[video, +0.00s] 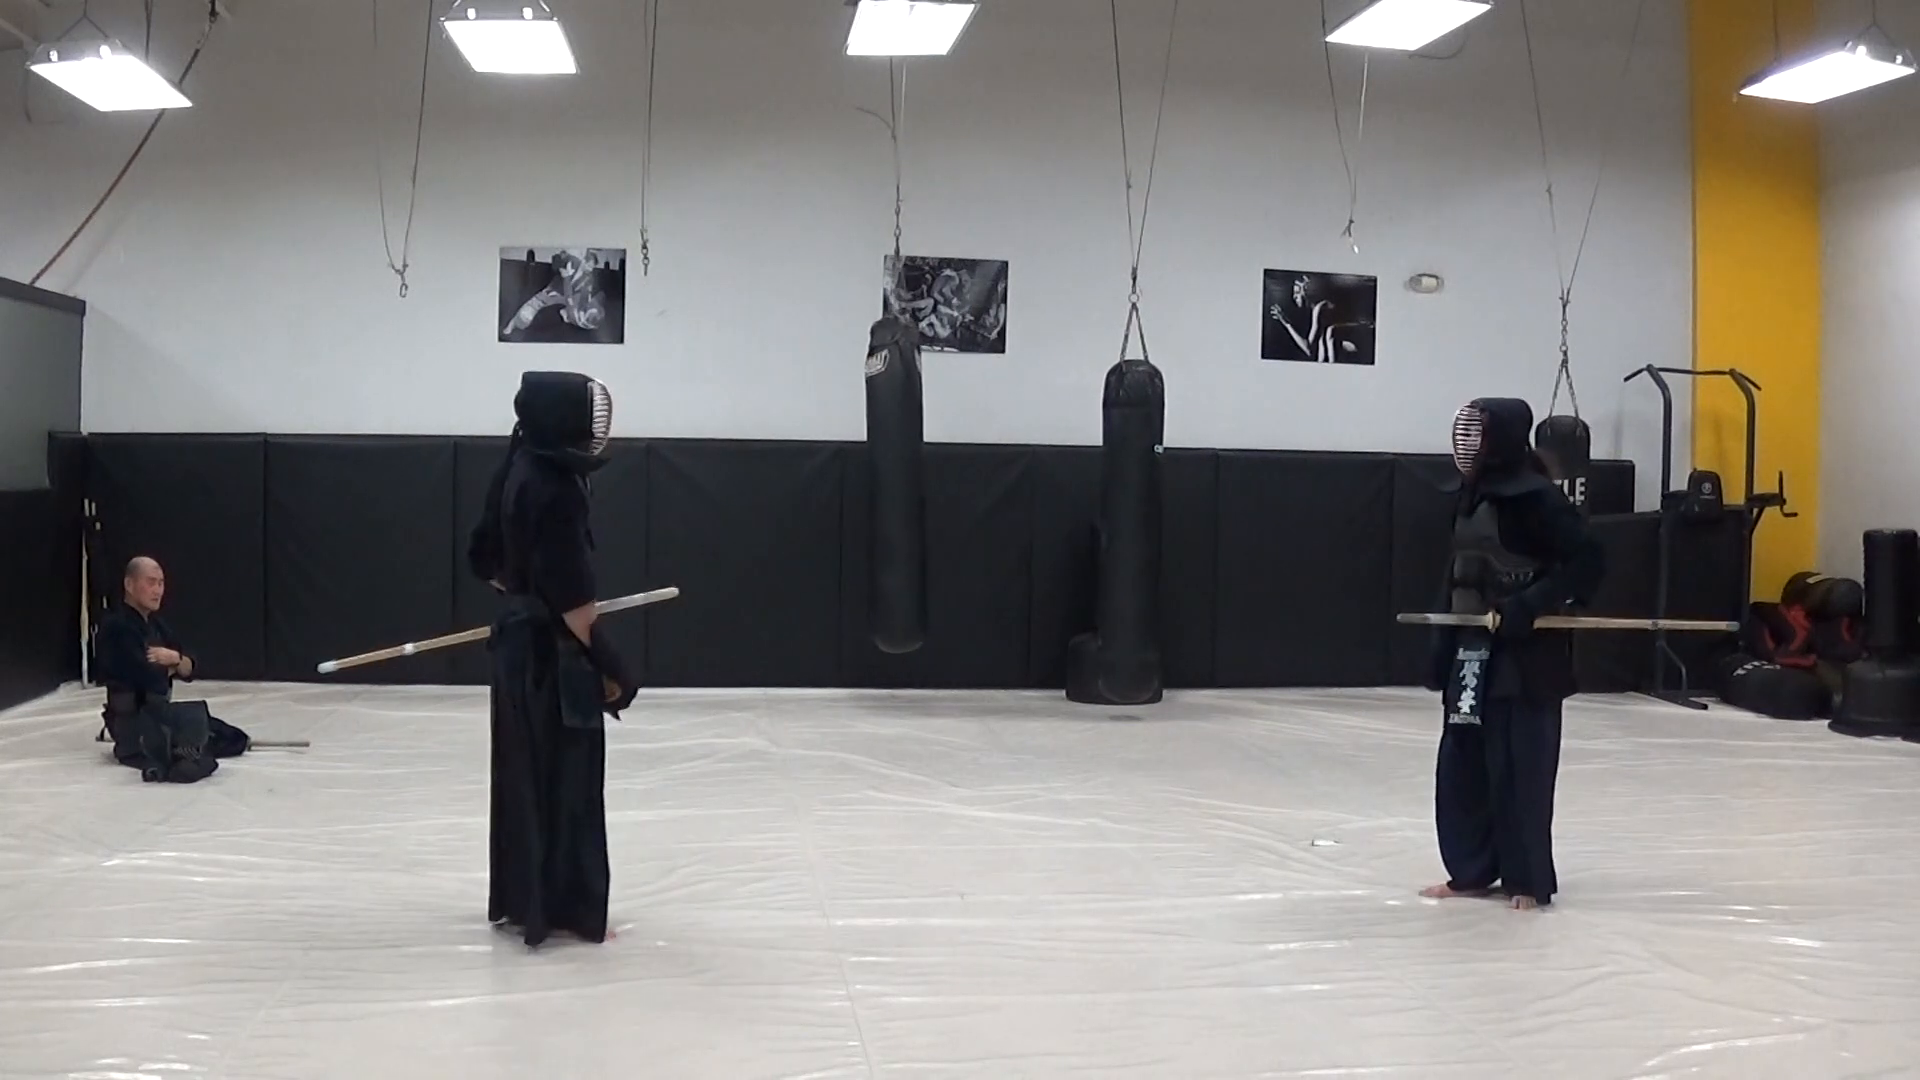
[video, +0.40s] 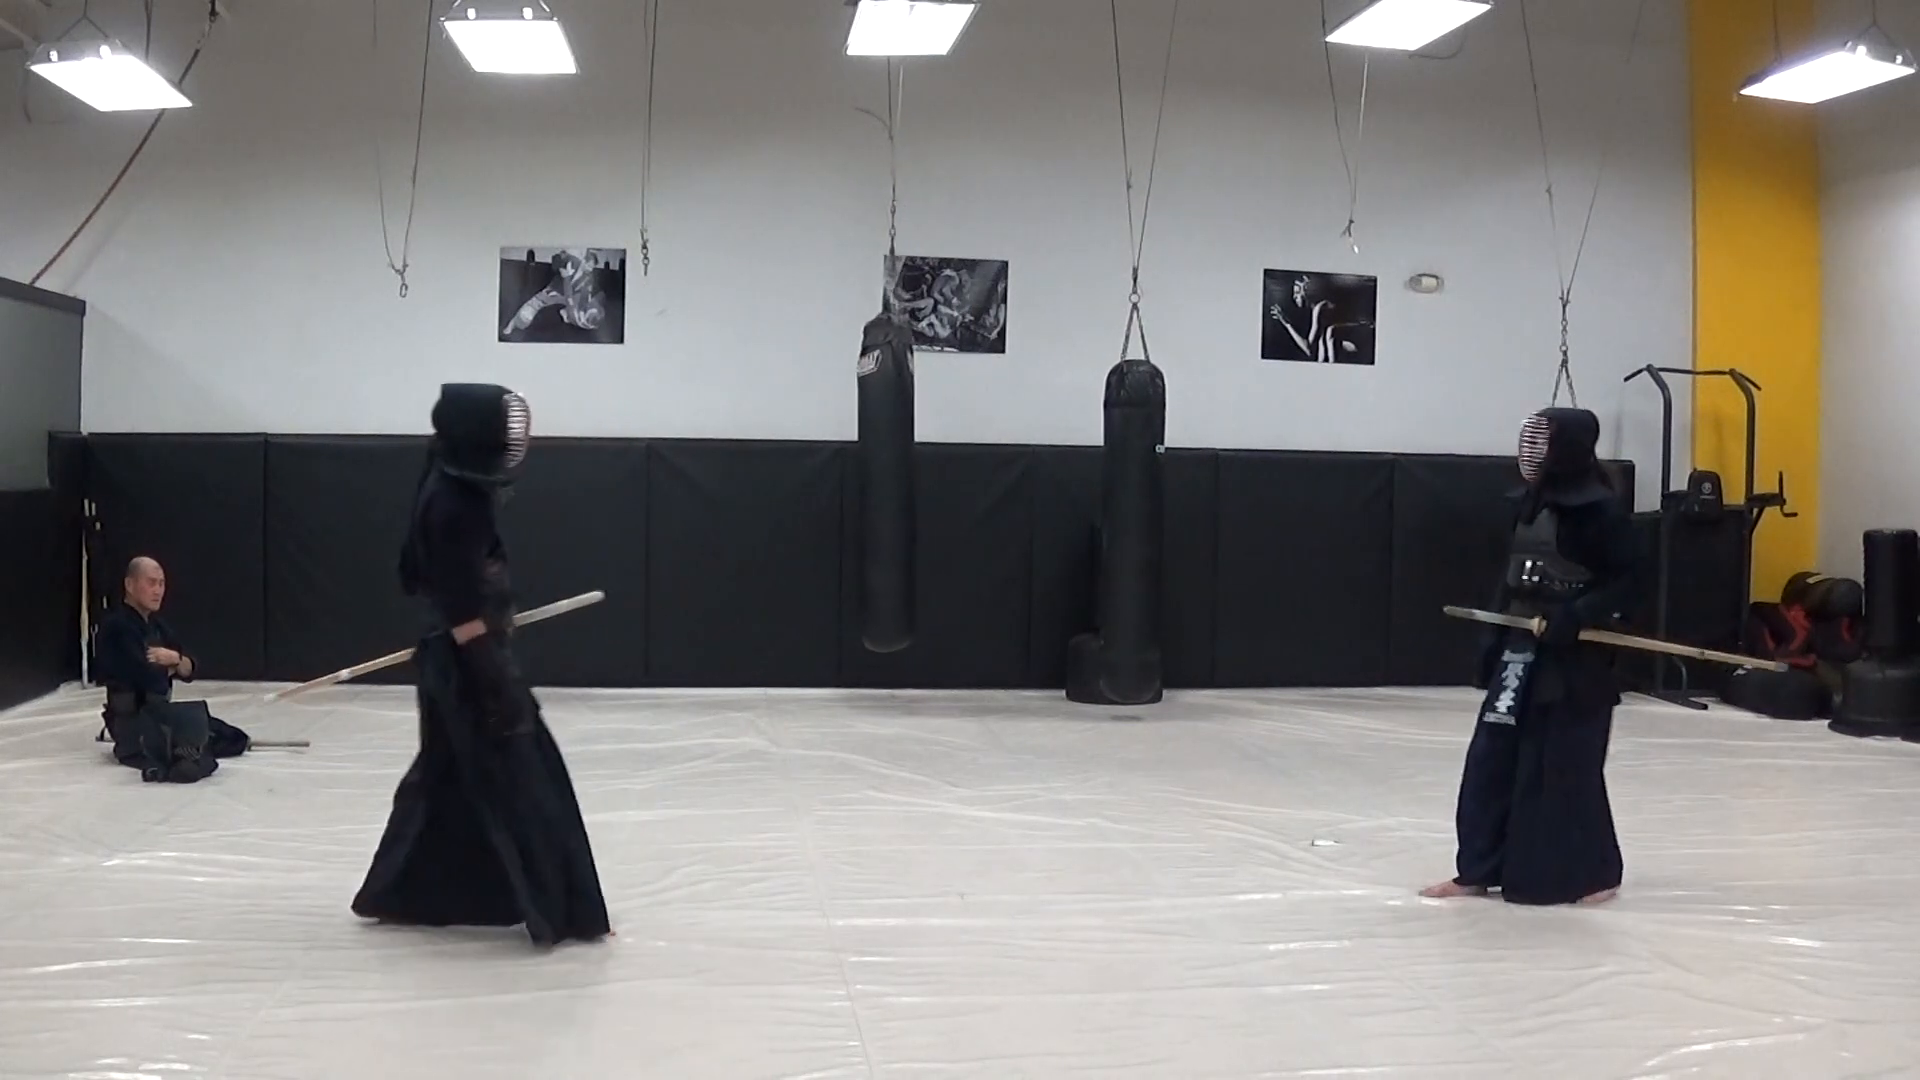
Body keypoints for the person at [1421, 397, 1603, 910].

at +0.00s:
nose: (1464, 449)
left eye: (1473, 439)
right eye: (1461, 438)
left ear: (1500, 441)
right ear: (1462, 440)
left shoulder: (1535, 497)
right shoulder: (1469, 499)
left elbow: (1586, 560)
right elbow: (1459, 580)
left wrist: (1527, 604)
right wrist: (1445, 652)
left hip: (1526, 655)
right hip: (1472, 654)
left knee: (1522, 768)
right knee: (1464, 764)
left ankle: (1528, 881)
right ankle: (1474, 872)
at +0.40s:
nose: (1527, 455)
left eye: (1538, 446)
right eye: (1527, 445)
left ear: (1566, 451)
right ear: (1529, 448)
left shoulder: (1599, 510)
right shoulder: (1528, 506)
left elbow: (1628, 583)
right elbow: (1510, 581)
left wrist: (1572, 614)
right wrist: (1492, 643)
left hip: (1575, 661)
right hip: (1518, 654)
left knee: (1571, 765)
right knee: (1488, 760)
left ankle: (1597, 875)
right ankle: (1479, 872)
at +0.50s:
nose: (1550, 455)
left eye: (1561, 447)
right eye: (1549, 445)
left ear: (1588, 452)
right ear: (1550, 448)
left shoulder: (1622, 512)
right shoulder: (1553, 507)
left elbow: (1656, 582)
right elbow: (1541, 582)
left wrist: (1598, 614)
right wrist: (1524, 645)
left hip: (1604, 663)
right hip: (1546, 657)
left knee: (1595, 766)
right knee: (1508, 756)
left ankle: (1604, 878)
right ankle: (1482, 867)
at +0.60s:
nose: (1569, 456)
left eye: (1579, 446)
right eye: (1566, 445)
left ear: (1605, 450)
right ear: (1563, 448)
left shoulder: (1639, 509)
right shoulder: (1566, 505)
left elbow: (1674, 579)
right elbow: (1563, 576)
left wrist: (1616, 612)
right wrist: (1549, 631)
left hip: (1618, 656)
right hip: (1561, 648)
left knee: (1608, 763)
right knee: (1530, 752)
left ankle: (1606, 876)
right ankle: (1508, 864)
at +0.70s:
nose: (1583, 453)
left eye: (1593, 444)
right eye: (1583, 443)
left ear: (1620, 449)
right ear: (1587, 444)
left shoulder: (1655, 509)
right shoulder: (1586, 502)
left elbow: (1684, 582)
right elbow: (1575, 575)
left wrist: (1632, 611)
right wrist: (1559, 639)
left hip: (1630, 654)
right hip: (1576, 648)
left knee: (1616, 758)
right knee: (1551, 744)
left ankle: (1610, 874)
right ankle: (1554, 862)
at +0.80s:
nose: (1602, 452)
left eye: (1611, 443)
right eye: (1602, 442)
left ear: (1638, 449)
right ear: (1612, 444)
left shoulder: (1674, 510)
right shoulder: (1602, 504)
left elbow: (1702, 581)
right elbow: (1587, 578)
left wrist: (1647, 614)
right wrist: (1568, 646)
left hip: (1644, 654)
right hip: (1593, 648)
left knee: (1629, 757)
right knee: (1571, 747)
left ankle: (1626, 877)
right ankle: (1594, 868)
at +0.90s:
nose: (1620, 456)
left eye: (1630, 447)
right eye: (1619, 446)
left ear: (1658, 453)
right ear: (1618, 447)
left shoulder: (1691, 511)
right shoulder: (1618, 504)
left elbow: (1722, 587)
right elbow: (1603, 582)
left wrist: (1664, 617)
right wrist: (1578, 645)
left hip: (1662, 651)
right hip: (1613, 644)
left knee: (1639, 755)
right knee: (1604, 745)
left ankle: (1615, 875)